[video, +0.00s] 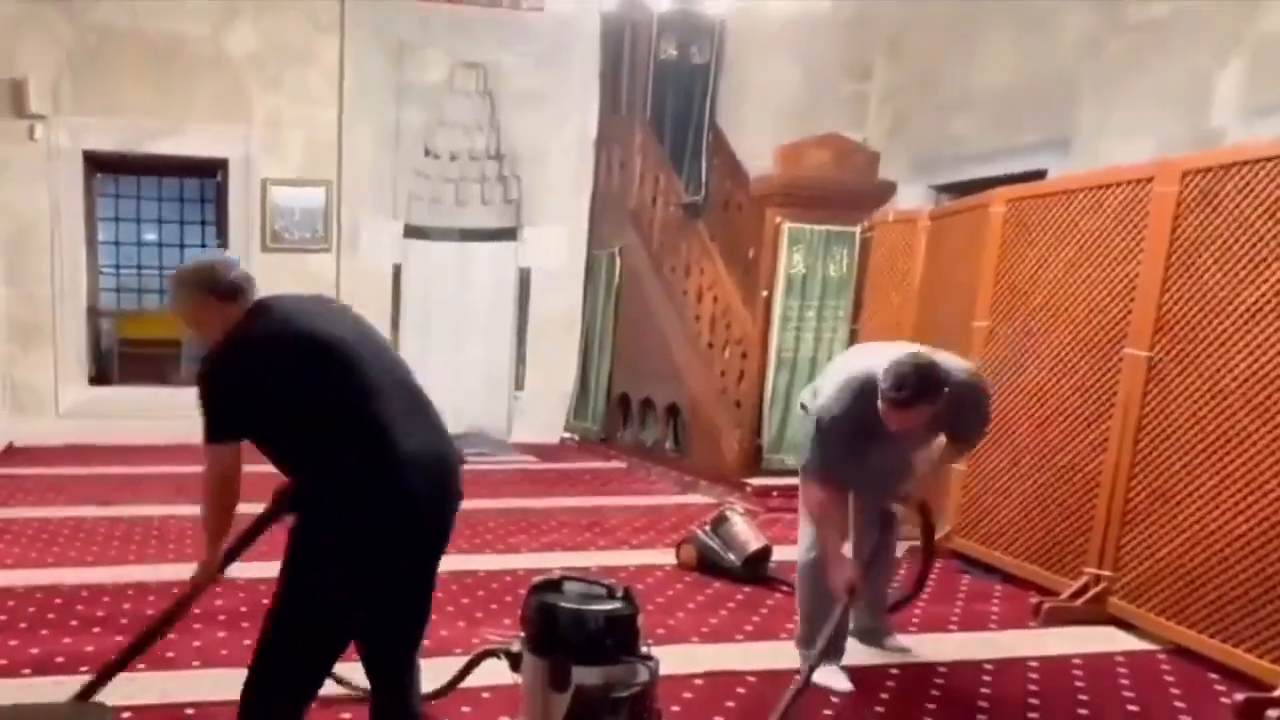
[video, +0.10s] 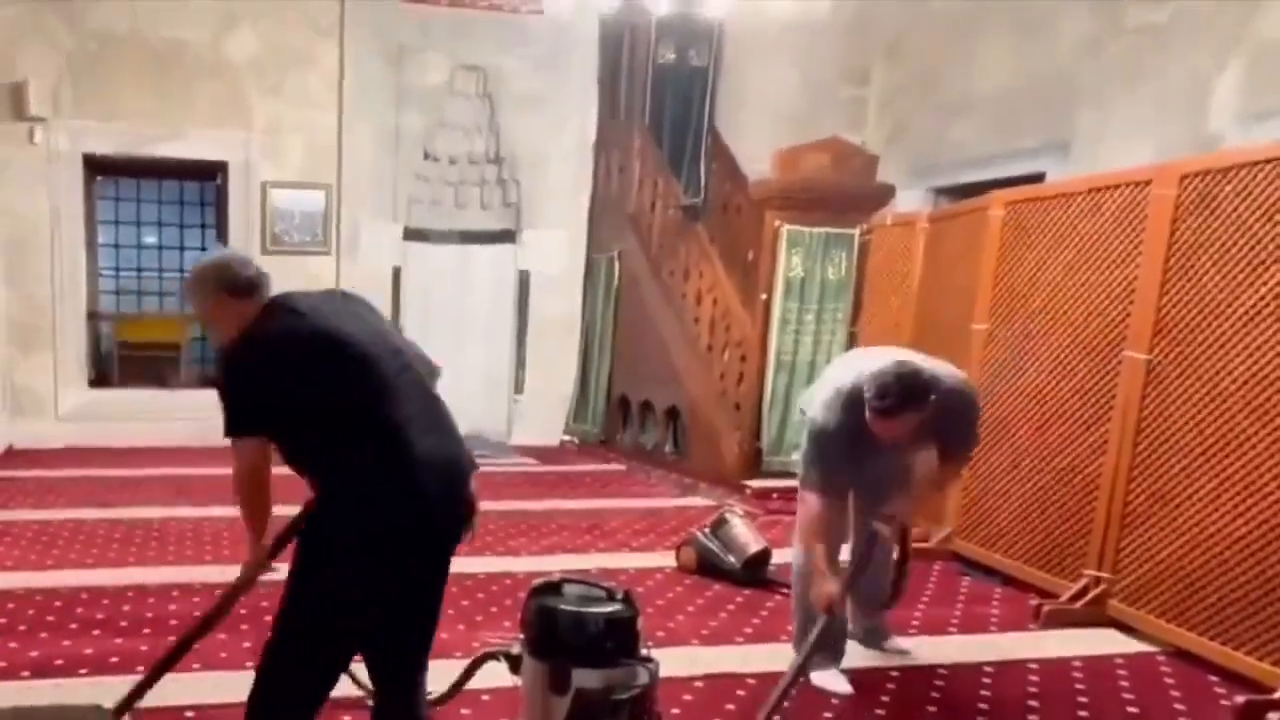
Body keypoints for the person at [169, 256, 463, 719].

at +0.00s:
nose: (195, 335)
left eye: (192, 322)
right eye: (188, 324)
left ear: (209, 307)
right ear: (243, 291)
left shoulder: (227, 364)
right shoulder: (315, 311)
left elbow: (223, 479)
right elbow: (361, 401)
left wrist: (211, 556)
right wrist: (304, 477)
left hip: (354, 501)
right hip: (433, 481)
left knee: (286, 666)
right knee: (393, 656)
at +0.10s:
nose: (209, 335)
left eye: (206, 321)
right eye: (203, 323)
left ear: (221, 306)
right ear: (259, 288)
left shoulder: (245, 357)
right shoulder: (340, 304)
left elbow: (252, 468)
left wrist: (258, 541)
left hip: (363, 505)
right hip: (443, 492)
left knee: (295, 667)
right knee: (400, 666)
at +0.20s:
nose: (216, 332)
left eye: (214, 317)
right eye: (210, 320)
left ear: (238, 298)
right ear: (269, 286)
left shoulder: (252, 352)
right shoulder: (348, 298)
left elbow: (276, 472)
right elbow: (443, 343)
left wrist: (300, 536)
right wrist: (421, 432)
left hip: (374, 495)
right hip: (451, 479)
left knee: (305, 664)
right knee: (404, 658)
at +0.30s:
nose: (212, 326)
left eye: (211, 312)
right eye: (207, 315)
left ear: (239, 294)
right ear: (268, 285)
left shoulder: (255, 351)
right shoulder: (352, 296)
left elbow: (290, 469)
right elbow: (452, 318)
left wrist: (334, 511)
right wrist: (447, 417)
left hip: (376, 497)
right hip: (453, 479)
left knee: (312, 671)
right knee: (409, 661)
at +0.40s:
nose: (214, 331)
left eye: (211, 316)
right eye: (207, 319)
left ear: (238, 298)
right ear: (262, 288)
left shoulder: (259, 355)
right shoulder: (350, 299)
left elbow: (295, 479)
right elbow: (451, 312)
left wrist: (339, 512)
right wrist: (450, 411)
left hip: (378, 506)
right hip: (456, 486)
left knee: (316, 676)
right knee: (411, 662)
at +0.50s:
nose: (208, 338)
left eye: (207, 322)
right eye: (201, 326)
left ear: (241, 301)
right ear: (251, 298)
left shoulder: (257, 359)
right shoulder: (343, 304)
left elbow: (282, 489)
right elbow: (442, 318)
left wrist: (297, 545)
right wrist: (435, 412)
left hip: (381, 509)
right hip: (455, 489)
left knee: (321, 671)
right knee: (409, 665)